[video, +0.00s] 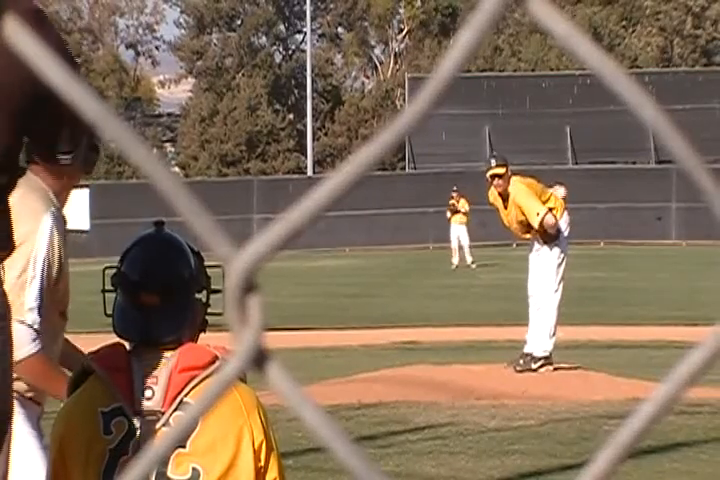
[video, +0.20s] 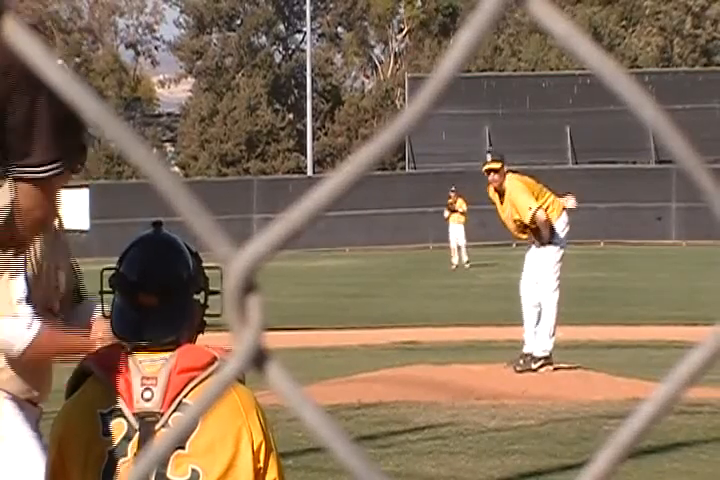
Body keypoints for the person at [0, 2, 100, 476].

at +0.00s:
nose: (95, 153)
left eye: (93, 140)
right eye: (91, 141)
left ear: (36, 143)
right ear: (75, 150)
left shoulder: (21, 200)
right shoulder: (40, 219)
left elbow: (42, 327)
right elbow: (23, 351)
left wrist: (89, 371)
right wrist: (85, 396)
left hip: (16, 406)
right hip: (16, 413)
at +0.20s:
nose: (58, 200)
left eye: (60, 185)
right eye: (49, 185)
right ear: (7, 188)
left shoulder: (48, 234)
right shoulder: (8, 250)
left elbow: (72, 305)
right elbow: (15, 335)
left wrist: (110, 328)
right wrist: (94, 342)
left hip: (26, 402)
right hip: (7, 401)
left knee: (33, 467)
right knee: (28, 468)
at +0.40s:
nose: (69, 149)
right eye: (63, 139)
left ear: (16, 136)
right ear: (55, 139)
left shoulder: (59, 206)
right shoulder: (6, 202)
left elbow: (111, 251)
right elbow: (26, 285)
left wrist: (131, 231)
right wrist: (103, 224)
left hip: (26, 395)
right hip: (5, 394)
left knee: (39, 469)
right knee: (30, 470)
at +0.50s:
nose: (66, 151)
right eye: (62, 141)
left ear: (10, 139)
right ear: (48, 142)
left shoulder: (41, 204)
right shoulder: (3, 198)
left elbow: (121, 224)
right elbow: (22, 248)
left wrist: (123, 173)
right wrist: (88, 170)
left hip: (28, 399)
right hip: (5, 397)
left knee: (36, 470)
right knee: (27, 470)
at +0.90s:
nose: (68, 158)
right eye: (57, 143)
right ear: (39, 150)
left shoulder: (34, 207)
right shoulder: (9, 207)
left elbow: (114, 205)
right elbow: (48, 223)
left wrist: (107, 126)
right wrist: (75, 132)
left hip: (19, 412)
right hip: (7, 412)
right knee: (27, 470)